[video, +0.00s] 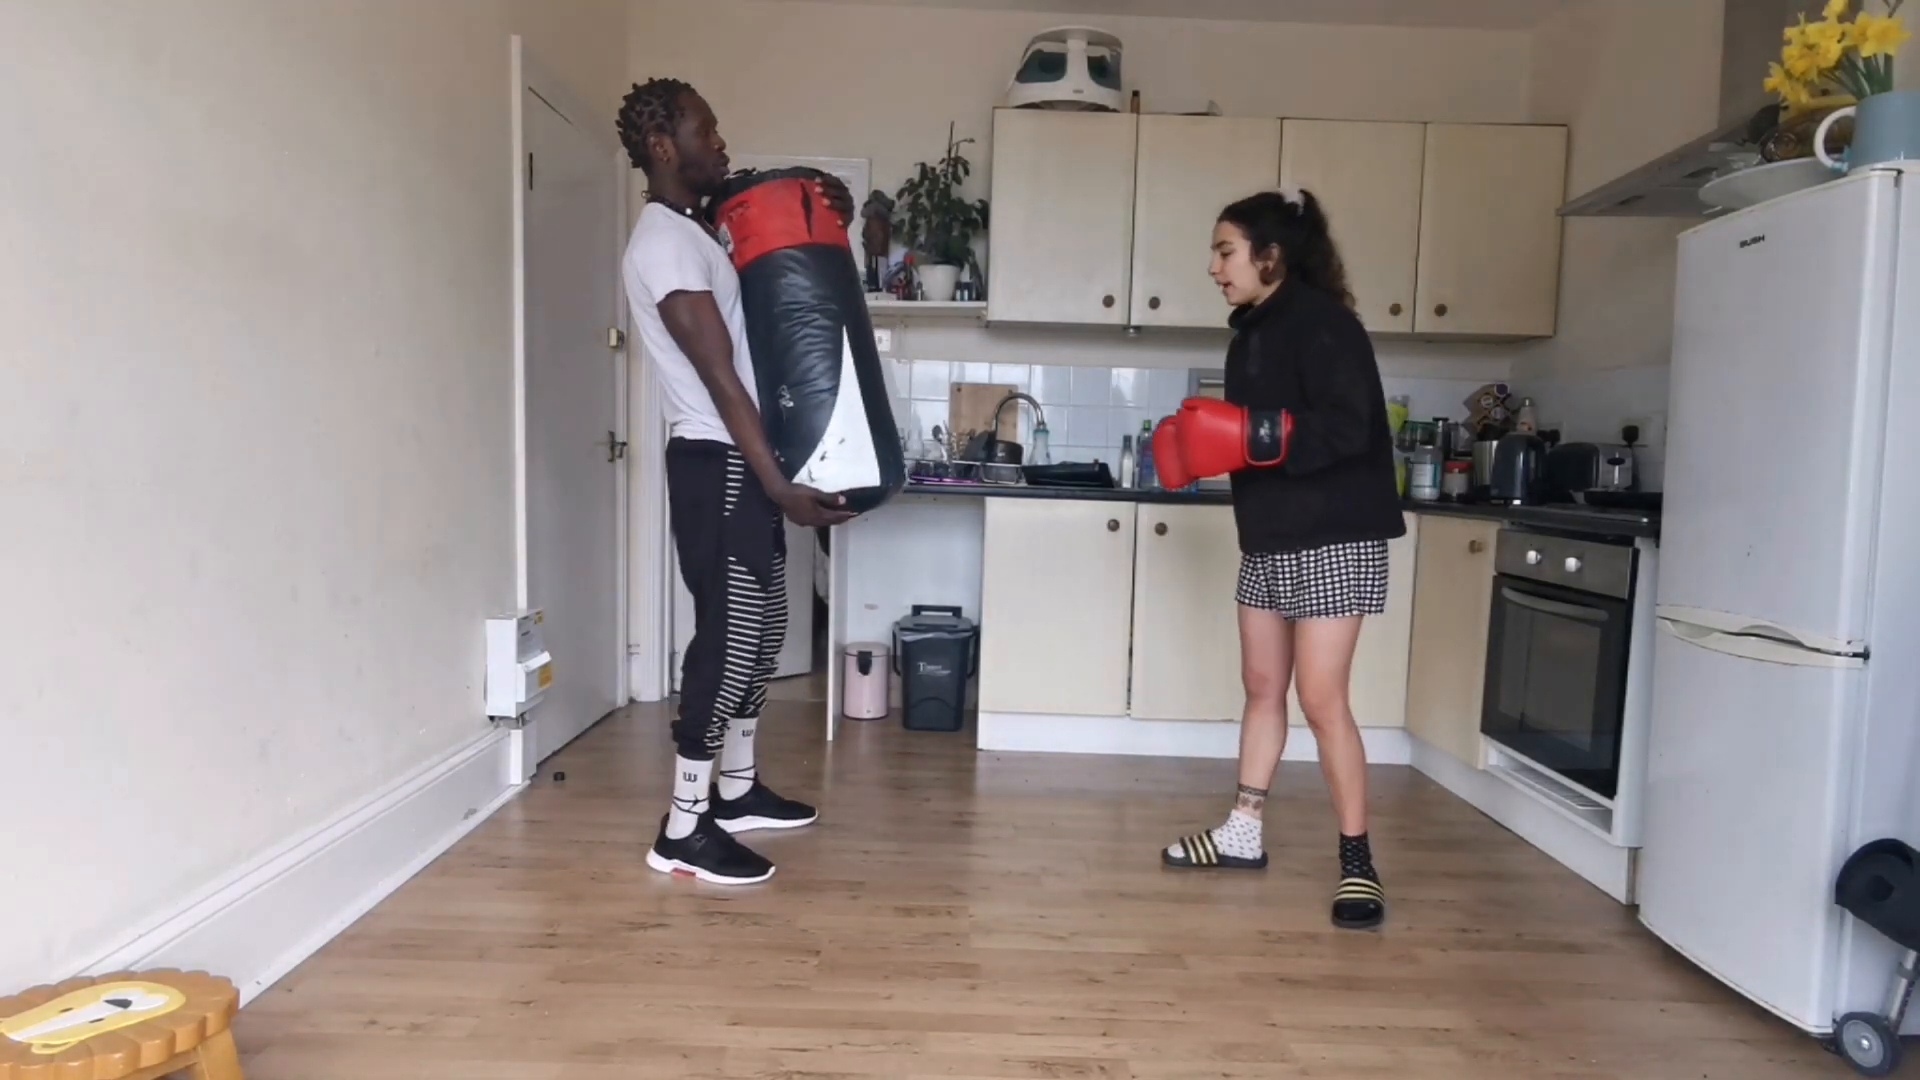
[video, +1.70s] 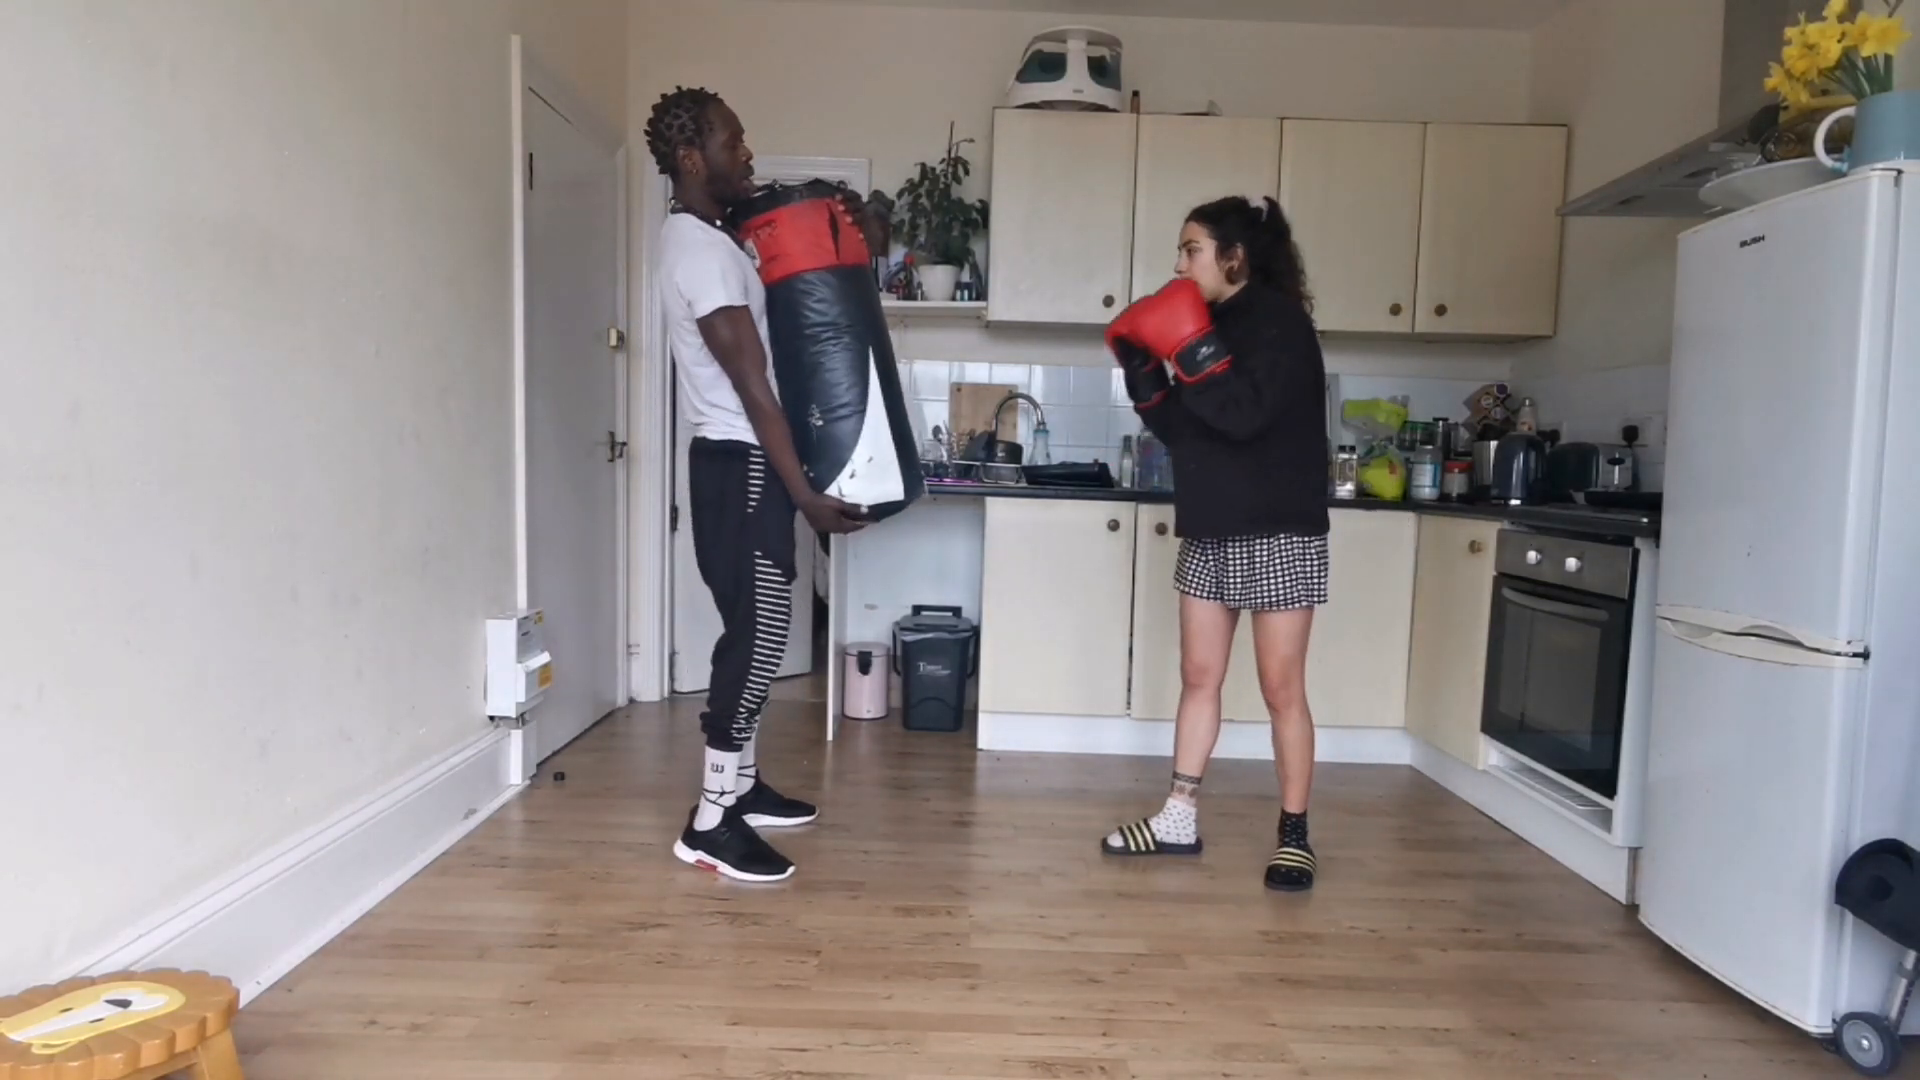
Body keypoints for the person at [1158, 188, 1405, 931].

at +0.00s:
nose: (1215, 267)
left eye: (1225, 253)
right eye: (1214, 253)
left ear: (1272, 255)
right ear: (1251, 257)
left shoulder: (1326, 322)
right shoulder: (1248, 337)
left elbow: (1354, 430)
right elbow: (1257, 436)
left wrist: (1256, 431)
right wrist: (1198, 448)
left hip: (1340, 532)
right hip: (1270, 533)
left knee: (1321, 698)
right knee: (1263, 686)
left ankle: (1356, 859)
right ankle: (1243, 830)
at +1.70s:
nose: (1181, 264)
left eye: (1192, 251)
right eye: (1181, 252)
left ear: (1234, 257)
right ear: (1213, 258)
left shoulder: (1278, 321)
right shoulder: (1202, 331)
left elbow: (1245, 416)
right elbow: (1180, 434)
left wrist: (1190, 353)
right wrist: (1143, 379)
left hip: (1283, 523)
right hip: (1210, 521)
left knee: (1282, 688)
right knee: (1198, 675)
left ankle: (1293, 835)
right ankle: (1178, 818)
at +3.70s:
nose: (1245, 259)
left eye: (1258, 245)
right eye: (1243, 246)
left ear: (1297, 254)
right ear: (1250, 260)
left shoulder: (1328, 317)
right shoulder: (1239, 316)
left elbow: (1253, 380)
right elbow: (1177, 389)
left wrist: (1247, 303)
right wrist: (1192, 302)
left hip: (1293, 517)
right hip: (1216, 513)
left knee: (1297, 686)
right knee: (1185, 677)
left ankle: (1308, 834)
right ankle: (1148, 809)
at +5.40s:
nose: (1215, 307)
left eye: (1225, 292)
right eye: (1212, 295)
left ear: (1270, 292)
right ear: (1238, 299)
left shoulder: (1319, 347)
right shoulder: (1247, 361)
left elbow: (1271, 435)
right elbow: (1209, 451)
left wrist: (1240, 358)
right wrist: (1170, 398)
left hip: (1325, 548)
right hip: (1248, 543)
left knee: (1343, 709)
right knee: (1156, 654)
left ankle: (1379, 841)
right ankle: (1127, 784)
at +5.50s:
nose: (1148, 307)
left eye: (1159, 292)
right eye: (1146, 295)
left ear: (1200, 288)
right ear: (1158, 299)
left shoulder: (1260, 345)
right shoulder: (1162, 361)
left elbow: (1237, 429)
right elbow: (1130, 434)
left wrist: (1195, 354)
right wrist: (1090, 403)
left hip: (1297, 526)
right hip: (1214, 535)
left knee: (1341, 687)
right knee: (1137, 663)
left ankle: (1380, 834)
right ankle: (1065, 780)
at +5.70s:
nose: (1094, 358)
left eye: (1105, 347)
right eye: (1093, 348)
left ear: (1148, 344)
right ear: (1118, 349)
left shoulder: (1199, 394)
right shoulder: (1117, 404)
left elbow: (1172, 483)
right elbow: (1035, 420)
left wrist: (1128, 415)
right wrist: (951, 405)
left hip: (1257, 557)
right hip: (1175, 563)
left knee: (1317, 706)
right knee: (1092, 659)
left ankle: (1395, 812)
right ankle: (1066, 795)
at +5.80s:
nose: (1112, 353)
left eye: (1126, 341)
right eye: (1114, 341)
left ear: (1170, 347)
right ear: (1137, 343)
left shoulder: (1216, 398)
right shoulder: (1131, 396)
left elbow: (1173, 493)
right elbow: (1065, 438)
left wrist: (1146, 421)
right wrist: (1003, 433)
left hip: (1255, 558)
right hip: (1176, 561)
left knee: (1311, 709)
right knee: (1094, 656)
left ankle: (1397, 805)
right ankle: (1065, 794)